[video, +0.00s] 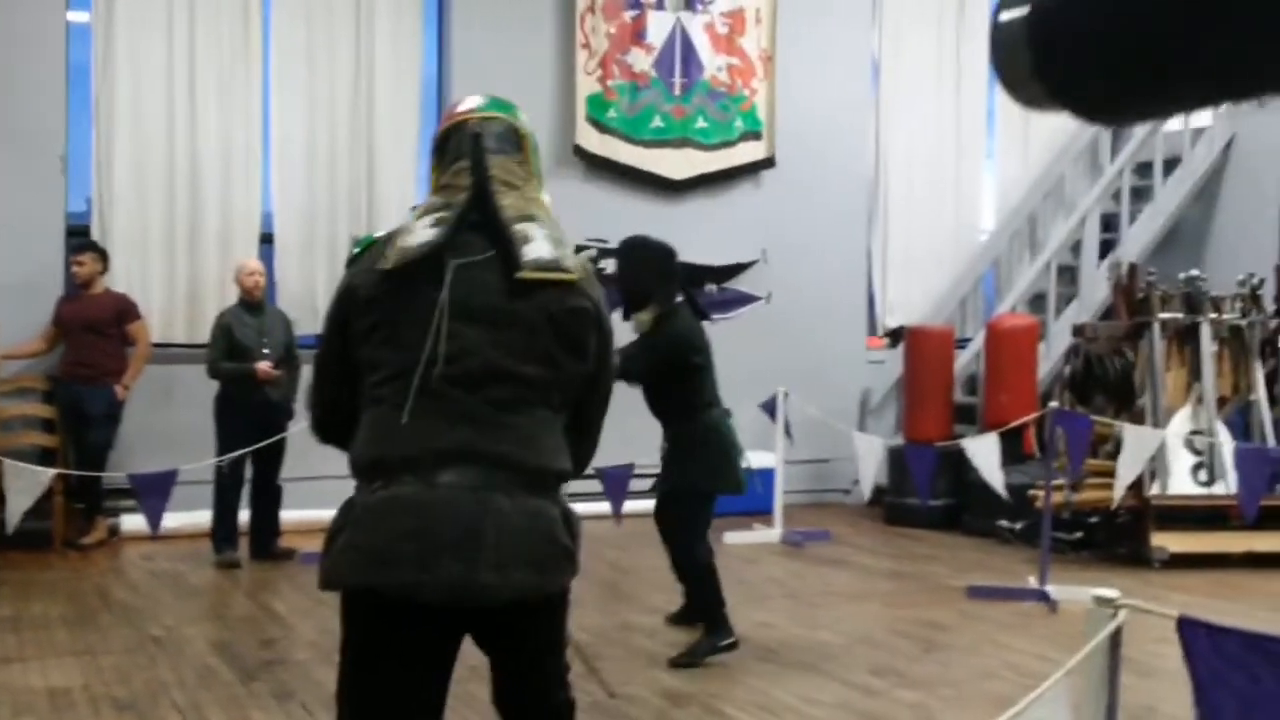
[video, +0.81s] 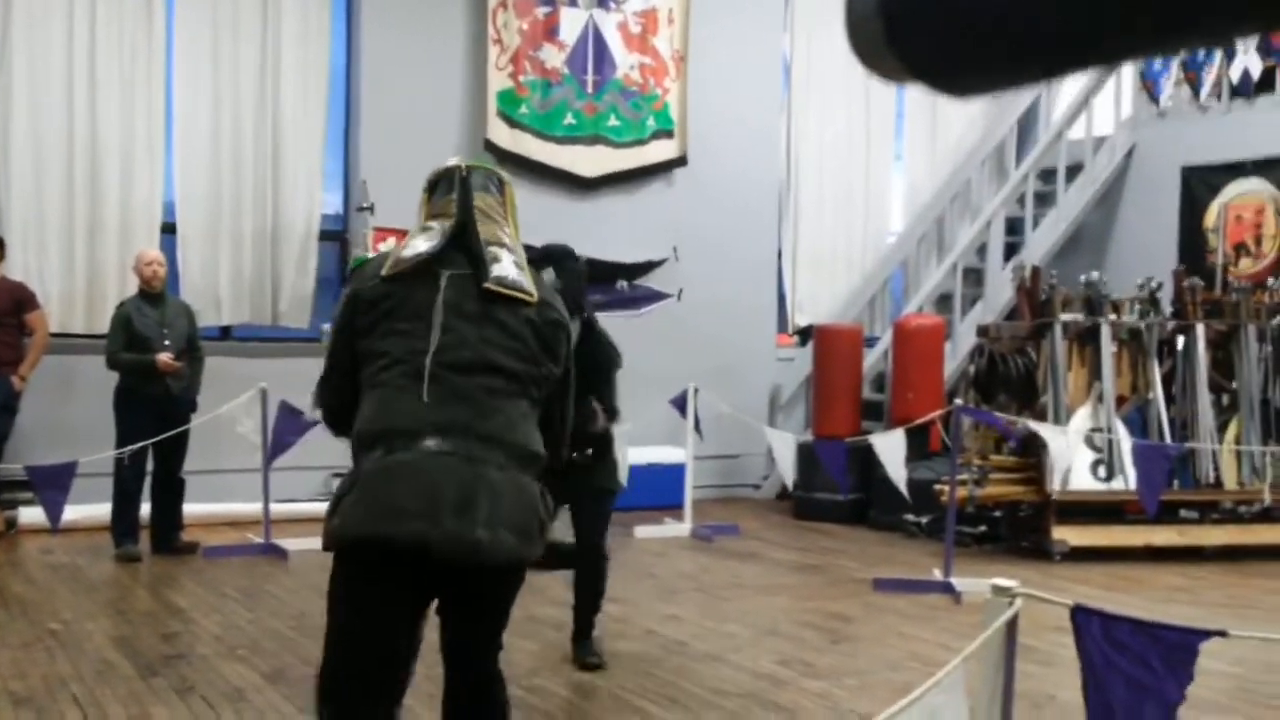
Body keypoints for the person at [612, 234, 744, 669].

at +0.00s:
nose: (619, 285)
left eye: (624, 277)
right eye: (620, 276)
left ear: (642, 280)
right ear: (660, 278)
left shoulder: (674, 331)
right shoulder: (665, 323)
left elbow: (628, 365)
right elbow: (635, 361)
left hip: (701, 446)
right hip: (686, 443)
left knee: (686, 529)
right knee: (669, 517)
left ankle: (718, 625)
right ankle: (698, 599)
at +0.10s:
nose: (600, 295)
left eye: (604, 286)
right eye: (600, 286)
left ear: (620, 289)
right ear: (643, 285)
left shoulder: (654, 336)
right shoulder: (656, 329)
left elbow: (609, 384)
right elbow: (615, 380)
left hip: (686, 453)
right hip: (677, 450)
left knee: (674, 530)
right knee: (656, 519)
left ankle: (704, 627)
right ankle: (681, 603)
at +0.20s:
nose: (585, 304)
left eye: (589, 294)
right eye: (585, 296)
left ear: (605, 297)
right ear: (626, 293)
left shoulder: (632, 339)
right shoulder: (647, 333)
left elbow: (593, 395)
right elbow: (641, 403)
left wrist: (562, 423)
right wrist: (604, 430)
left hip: (669, 452)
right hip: (667, 449)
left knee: (660, 531)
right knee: (639, 519)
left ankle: (689, 628)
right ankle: (665, 603)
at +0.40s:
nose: (549, 312)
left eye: (553, 302)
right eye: (550, 303)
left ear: (570, 300)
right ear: (590, 296)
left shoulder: (598, 339)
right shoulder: (596, 334)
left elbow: (594, 416)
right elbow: (596, 413)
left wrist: (571, 459)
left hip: (637, 449)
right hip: (628, 448)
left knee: (619, 532)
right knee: (600, 520)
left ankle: (652, 629)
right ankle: (631, 601)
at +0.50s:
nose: (539, 315)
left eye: (544, 305)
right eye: (539, 308)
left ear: (563, 300)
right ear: (572, 298)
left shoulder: (594, 347)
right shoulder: (570, 342)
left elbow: (603, 425)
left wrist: (581, 473)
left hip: (630, 456)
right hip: (606, 454)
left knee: (608, 536)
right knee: (582, 524)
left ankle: (620, 629)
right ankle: (617, 600)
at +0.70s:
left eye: (558, 297)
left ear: (571, 306)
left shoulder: (601, 358)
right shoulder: (538, 351)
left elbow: (618, 417)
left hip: (595, 456)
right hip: (554, 456)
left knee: (583, 540)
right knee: (570, 535)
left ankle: (582, 639)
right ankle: (600, 583)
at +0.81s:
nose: (562, 301)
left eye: (568, 292)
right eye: (555, 293)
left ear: (579, 294)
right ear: (542, 296)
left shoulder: (596, 346)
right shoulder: (529, 339)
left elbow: (609, 410)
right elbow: (516, 401)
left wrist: (597, 420)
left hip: (590, 462)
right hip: (537, 463)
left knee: (591, 551)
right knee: (514, 544)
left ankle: (584, 636)